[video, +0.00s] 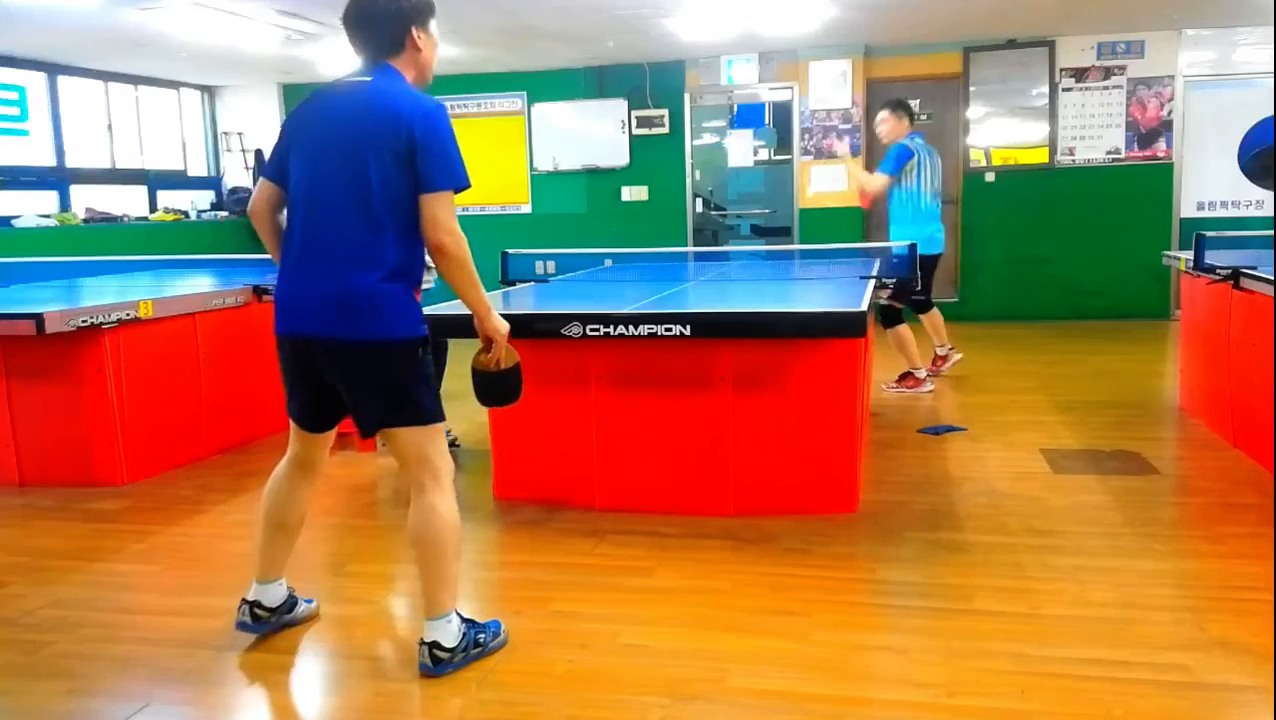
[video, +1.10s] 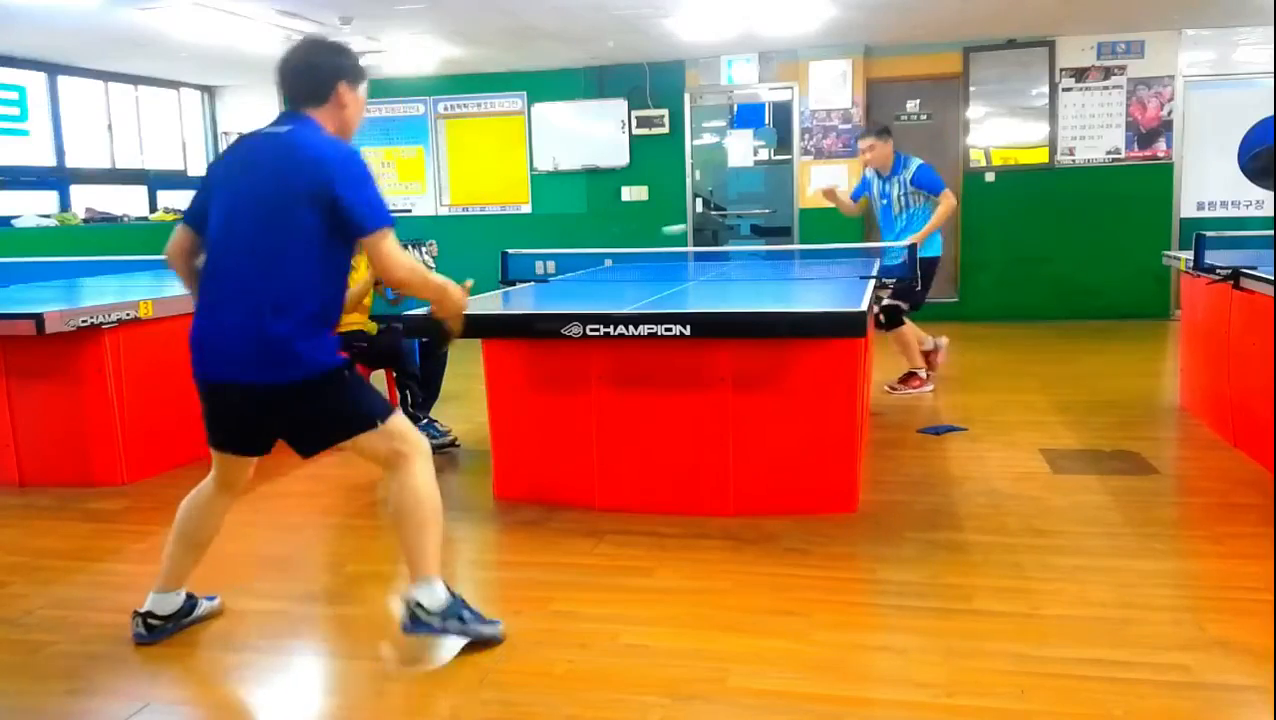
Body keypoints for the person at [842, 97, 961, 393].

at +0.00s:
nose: (879, 129)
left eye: (883, 122)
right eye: (878, 124)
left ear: (902, 121)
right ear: (907, 123)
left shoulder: (900, 149)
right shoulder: (929, 151)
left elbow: (874, 185)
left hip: (910, 243)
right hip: (931, 242)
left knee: (888, 308)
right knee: (920, 298)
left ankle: (917, 375)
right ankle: (944, 350)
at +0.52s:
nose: (897, 119)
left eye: (904, 114)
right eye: (900, 114)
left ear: (921, 120)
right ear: (927, 123)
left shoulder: (902, 144)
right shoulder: (941, 153)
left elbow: (883, 180)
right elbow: (944, 191)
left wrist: (860, 194)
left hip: (904, 238)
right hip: (928, 239)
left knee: (894, 307)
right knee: (919, 300)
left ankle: (918, 375)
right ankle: (946, 356)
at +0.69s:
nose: (884, 137)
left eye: (888, 130)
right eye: (885, 130)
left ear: (904, 131)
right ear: (914, 133)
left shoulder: (894, 155)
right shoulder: (937, 157)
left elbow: (883, 188)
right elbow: (960, 191)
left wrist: (866, 215)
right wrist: (932, 193)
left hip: (909, 245)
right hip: (936, 245)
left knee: (886, 312)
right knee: (917, 303)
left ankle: (917, 375)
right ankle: (946, 357)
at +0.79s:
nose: (874, 159)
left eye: (875, 151)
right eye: (873, 152)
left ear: (892, 144)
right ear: (902, 145)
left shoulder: (891, 166)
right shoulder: (930, 162)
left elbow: (887, 198)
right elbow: (955, 192)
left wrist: (880, 230)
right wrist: (928, 208)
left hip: (914, 253)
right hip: (939, 252)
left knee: (881, 313)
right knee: (912, 305)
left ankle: (916, 374)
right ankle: (946, 356)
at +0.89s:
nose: (861, 181)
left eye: (862, 173)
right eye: (857, 177)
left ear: (880, 163)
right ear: (882, 165)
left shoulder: (896, 181)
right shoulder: (905, 177)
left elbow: (919, 210)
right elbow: (906, 213)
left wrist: (905, 245)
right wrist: (877, 218)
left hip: (929, 261)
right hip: (938, 260)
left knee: (883, 318)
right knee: (907, 314)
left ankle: (917, 375)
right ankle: (947, 358)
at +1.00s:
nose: (860, 171)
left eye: (862, 163)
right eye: (856, 166)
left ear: (881, 155)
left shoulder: (907, 175)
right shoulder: (883, 190)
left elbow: (941, 204)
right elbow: (875, 224)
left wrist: (916, 239)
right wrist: (852, 215)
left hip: (930, 259)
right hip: (912, 258)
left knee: (887, 313)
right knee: (900, 314)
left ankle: (917, 374)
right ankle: (944, 355)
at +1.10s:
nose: (865, 157)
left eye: (869, 150)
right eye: (861, 152)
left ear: (888, 145)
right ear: (861, 153)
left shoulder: (915, 169)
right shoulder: (871, 175)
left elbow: (949, 202)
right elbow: (853, 207)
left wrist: (923, 234)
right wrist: (835, 198)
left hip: (919, 253)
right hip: (891, 252)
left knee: (890, 309)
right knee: (878, 311)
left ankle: (918, 373)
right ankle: (929, 345)